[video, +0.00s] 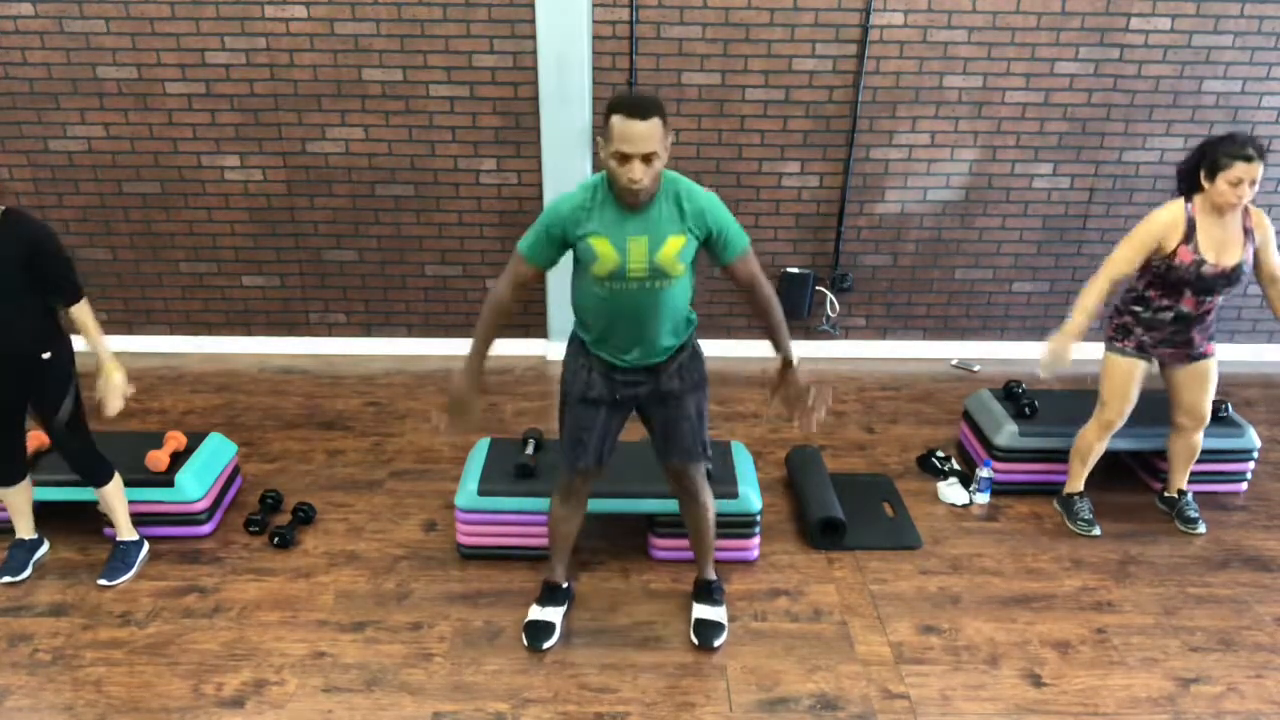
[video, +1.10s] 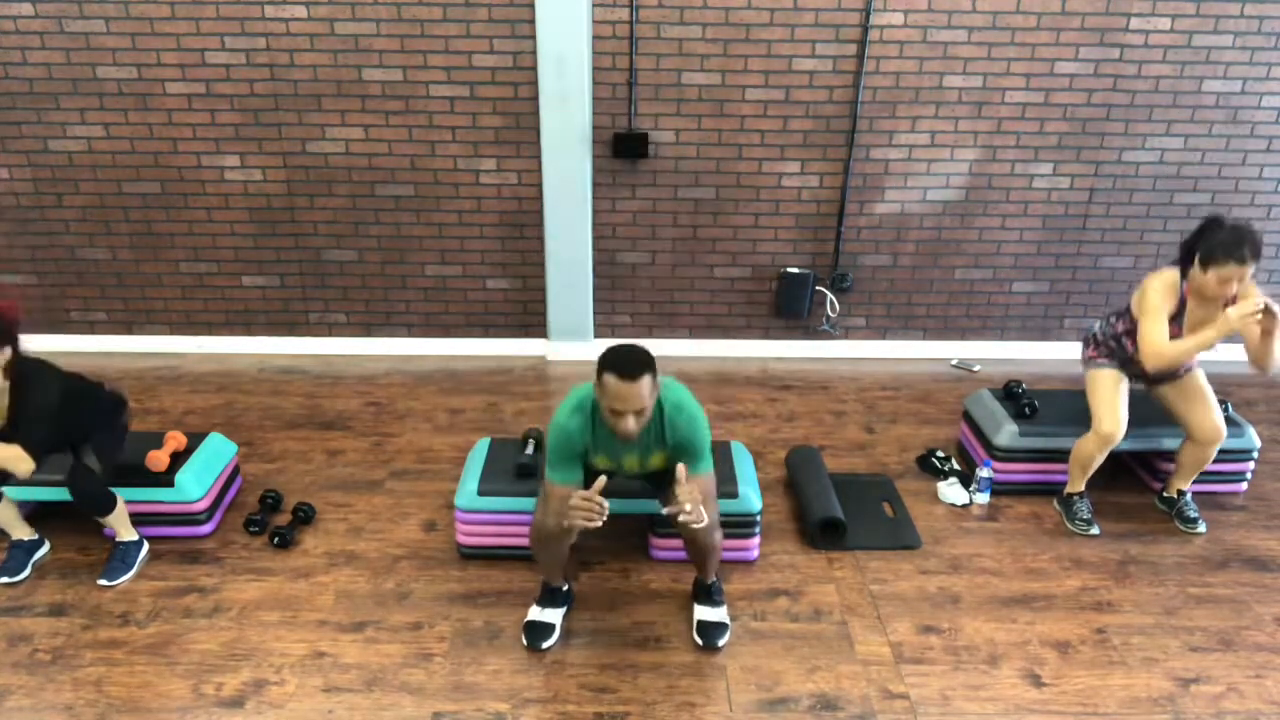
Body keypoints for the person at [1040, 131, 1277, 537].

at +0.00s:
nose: (1246, 194)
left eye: (1253, 184)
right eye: (1236, 183)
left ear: (1258, 183)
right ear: (1207, 180)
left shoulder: (1256, 223)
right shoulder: (1171, 218)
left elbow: (1273, 285)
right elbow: (1107, 275)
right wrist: (1069, 334)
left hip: (1193, 330)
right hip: (1136, 323)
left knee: (1193, 419)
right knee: (1111, 415)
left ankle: (1176, 493)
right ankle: (1072, 492)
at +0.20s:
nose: (1241, 182)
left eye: (1249, 172)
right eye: (1232, 171)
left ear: (1256, 171)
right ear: (1203, 168)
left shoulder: (1256, 213)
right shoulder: (1168, 212)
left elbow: (1244, 254)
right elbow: (1102, 248)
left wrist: (1245, 290)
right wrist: (1051, 288)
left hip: (1204, 334)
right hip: (1149, 328)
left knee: (1184, 423)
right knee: (1115, 416)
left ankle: (1175, 493)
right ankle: (1073, 493)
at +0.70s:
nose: (1239, 183)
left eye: (1248, 173)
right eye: (1230, 172)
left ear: (1254, 172)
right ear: (1204, 168)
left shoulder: (1254, 219)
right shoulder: (1166, 213)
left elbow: (1258, 281)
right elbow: (1107, 265)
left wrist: (1276, 337)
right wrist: (1077, 320)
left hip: (1197, 334)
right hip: (1143, 326)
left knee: (1187, 422)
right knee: (1114, 414)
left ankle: (1174, 494)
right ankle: (1073, 493)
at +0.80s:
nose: (1243, 195)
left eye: (1251, 185)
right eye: (1234, 184)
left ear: (1257, 183)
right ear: (1207, 180)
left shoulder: (1255, 226)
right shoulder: (1168, 220)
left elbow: (1263, 287)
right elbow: (1112, 277)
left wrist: (1276, 319)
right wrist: (1127, 331)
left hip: (1192, 330)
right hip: (1138, 323)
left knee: (1194, 420)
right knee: (1114, 415)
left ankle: (1174, 493)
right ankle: (1073, 493)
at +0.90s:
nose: (1243, 222)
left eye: (1251, 212)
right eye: (1234, 211)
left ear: (1258, 207)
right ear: (1207, 204)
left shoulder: (1256, 245)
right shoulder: (1167, 237)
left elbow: (1266, 307)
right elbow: (1123, 304)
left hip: (1183, 336)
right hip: (1129, 331)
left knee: (1200, 422)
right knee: (1110, 420)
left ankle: (1174, 493)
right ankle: (1072, 494)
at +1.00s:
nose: (1239, 258)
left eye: (1247, 248)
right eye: (1231, 247)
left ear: (1255, 243)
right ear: (1203, 236)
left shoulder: (1251, 270)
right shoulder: (1165, 261)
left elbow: (1265, 338)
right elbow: (1144, 335)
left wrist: (1274, 319)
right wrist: (1210, 321)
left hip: (1176, 342)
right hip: (1121, 336)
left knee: (1206, 427)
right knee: (1109, 425)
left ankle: (1174, 493)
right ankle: (1072, 493)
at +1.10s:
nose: (1233, 291)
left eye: (1240, 281)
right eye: (1224, 281)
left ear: (1248, 275)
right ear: (1197, 268)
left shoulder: (1243, 292)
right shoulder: (1159, 287)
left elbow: (1263, 364)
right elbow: (1154, 359)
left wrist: (1270, 332)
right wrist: (1222, 328)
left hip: (1171, 357)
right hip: (1113, 349)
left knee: (1210, 432)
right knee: (1109, 429)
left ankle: (1174, 492)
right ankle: (1072, 493)